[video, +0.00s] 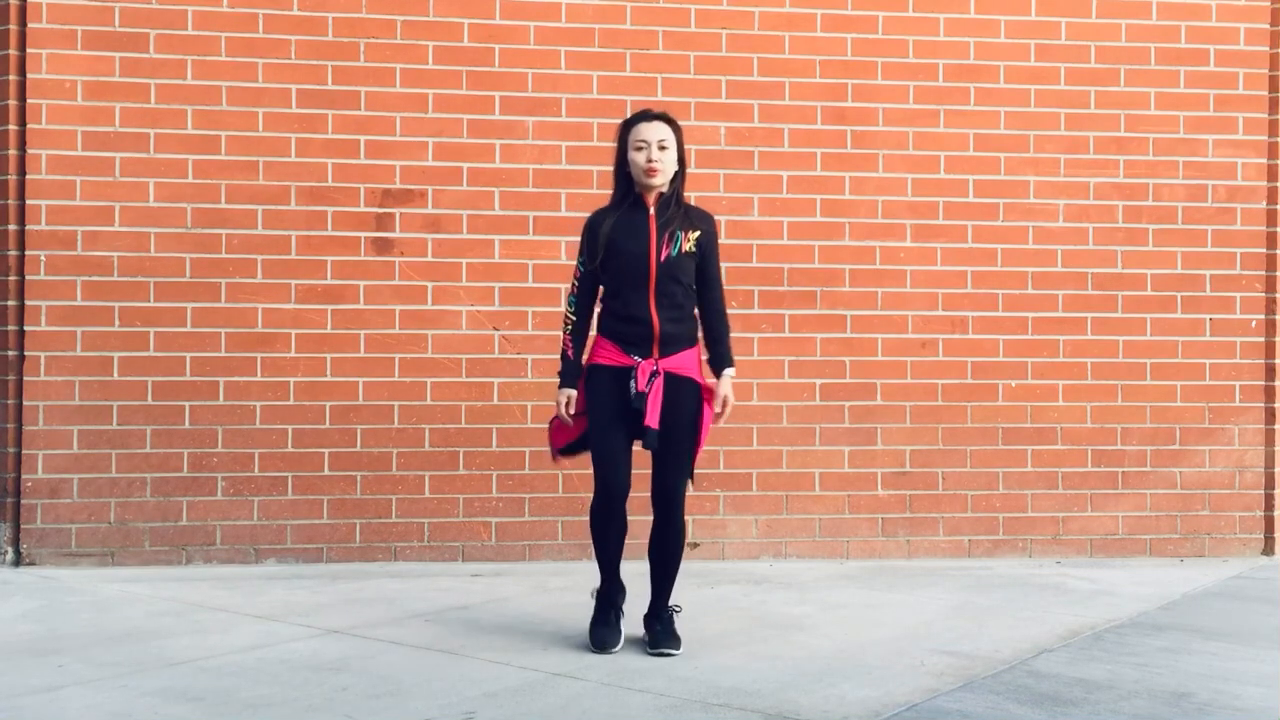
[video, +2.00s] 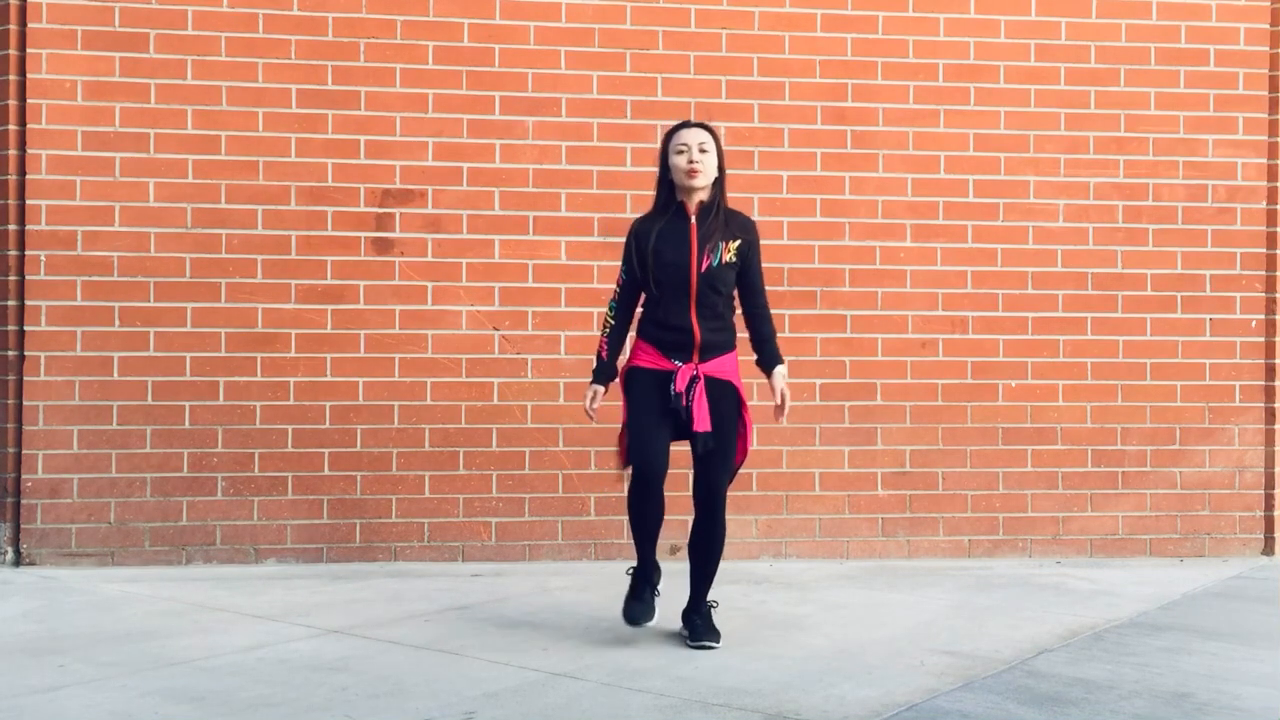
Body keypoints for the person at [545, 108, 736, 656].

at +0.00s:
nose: (652, 156)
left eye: (662, 146)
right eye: (641, 147)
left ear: (678, 156)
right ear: (625, 156)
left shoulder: (699, 224)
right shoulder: (603, 223)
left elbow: (712, 300)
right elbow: (580, 302)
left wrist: (723, 366)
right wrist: (568, 376)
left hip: (679, 373)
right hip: (611, 370)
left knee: (669, 498)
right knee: (611, 490)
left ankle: (661, 611)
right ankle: (608, 596)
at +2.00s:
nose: (693, 158)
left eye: (703, 150)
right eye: (682, 151)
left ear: (718, 162)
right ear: (666, 164)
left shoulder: (738, 228)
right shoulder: (646, 229)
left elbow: (755, 302)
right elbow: (622, 303)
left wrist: (774, 365)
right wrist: (603, 369)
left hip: (715, 371)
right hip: (651, 368)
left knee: (711, 493)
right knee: (647, 471)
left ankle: (698, 606)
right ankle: (645, 571)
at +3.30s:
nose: (707, 176)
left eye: (718, 166)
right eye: (696, 166)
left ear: (733, 171)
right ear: (680, 172)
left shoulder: (755, 225)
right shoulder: (665, 240)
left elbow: (776, 298)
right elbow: (647, 316)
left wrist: (794, 361)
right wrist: (638, 388)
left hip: (760, 370)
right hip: (697, 372)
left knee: (762, 496)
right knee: (704, 477)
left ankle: (749, 609)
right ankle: (672, 576)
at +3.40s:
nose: (711, 173)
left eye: (721, 163)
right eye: (699, 163)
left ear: (737, 169)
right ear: (684, 171)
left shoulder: (761, 222)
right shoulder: (669, 238)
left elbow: (782, 294)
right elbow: (657, 315)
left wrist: (800, 355)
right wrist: (653, 389)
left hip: (767, 368)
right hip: (705, 370)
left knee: (761, 484)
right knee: (732, 468)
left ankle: (749, 605)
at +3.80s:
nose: (714, 173)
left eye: (724, 162)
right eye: (702, 164)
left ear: (740, 169)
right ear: (687, 175)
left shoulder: (766, 228)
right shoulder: (674, 242)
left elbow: (786, 300)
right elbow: (655, 319)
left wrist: (800, 361)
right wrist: (645, 390)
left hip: (762, 372)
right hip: (698, 372)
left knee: (769, 488)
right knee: (703, 457)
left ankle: (753, 603)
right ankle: (736, 572)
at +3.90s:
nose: (710, 162)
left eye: (721, 151)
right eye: (698, 153)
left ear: (737, 159)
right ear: (685, 163)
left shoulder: (761, 220)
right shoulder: (669, 229)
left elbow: (779, 292)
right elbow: (648, 305)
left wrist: (793, 354)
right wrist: (635, 375)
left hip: (750, 366)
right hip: (685, 364)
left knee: (753, 494)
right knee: (662, 435)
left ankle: (748, 609)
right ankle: (674, 545)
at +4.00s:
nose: (705, 160)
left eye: (714, 149)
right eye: (693, 151)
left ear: (731, 156)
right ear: (679, 162)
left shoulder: (755, 220)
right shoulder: (662, 222)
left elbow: (769, 292)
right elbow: (638, 296)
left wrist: (780, 351)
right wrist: (622, 365)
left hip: (734, 367)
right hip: (667, 364)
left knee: (736, 491)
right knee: (627, 467)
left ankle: (747, 609)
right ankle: (623, 566)